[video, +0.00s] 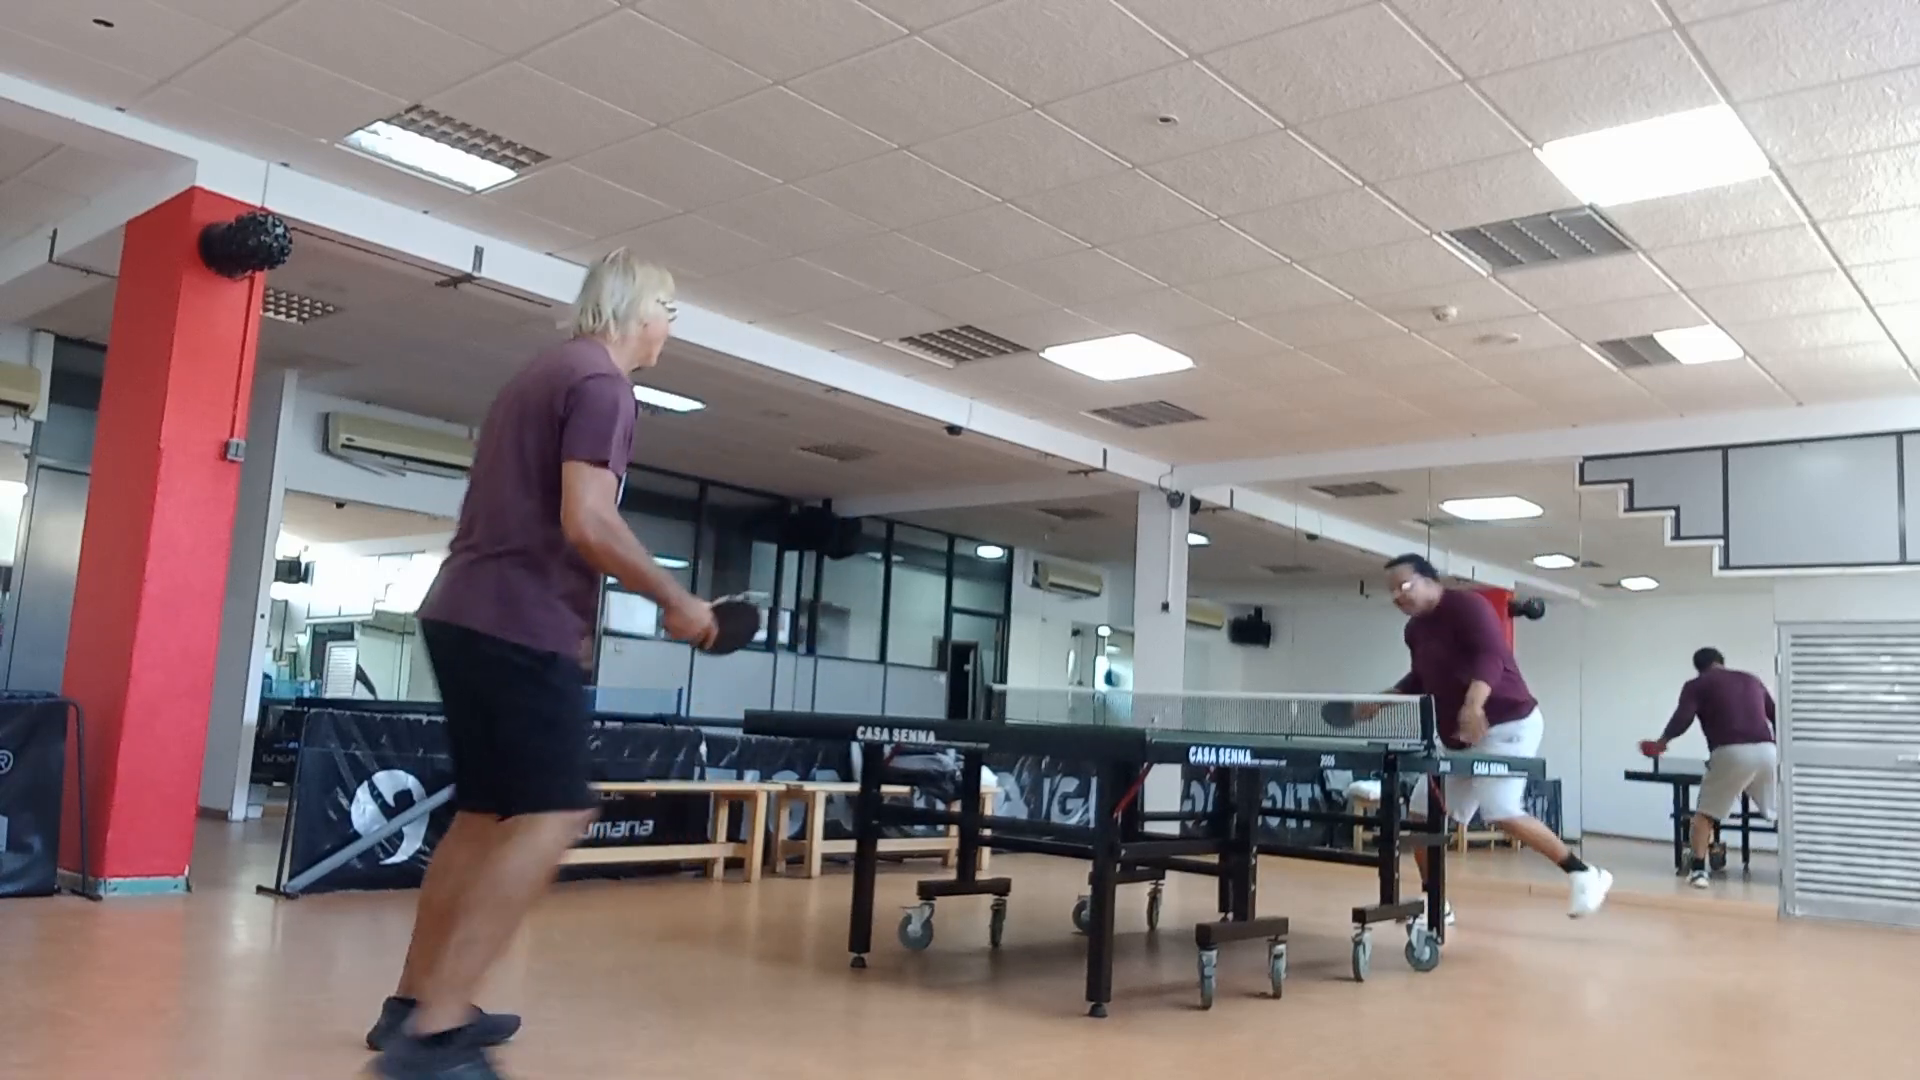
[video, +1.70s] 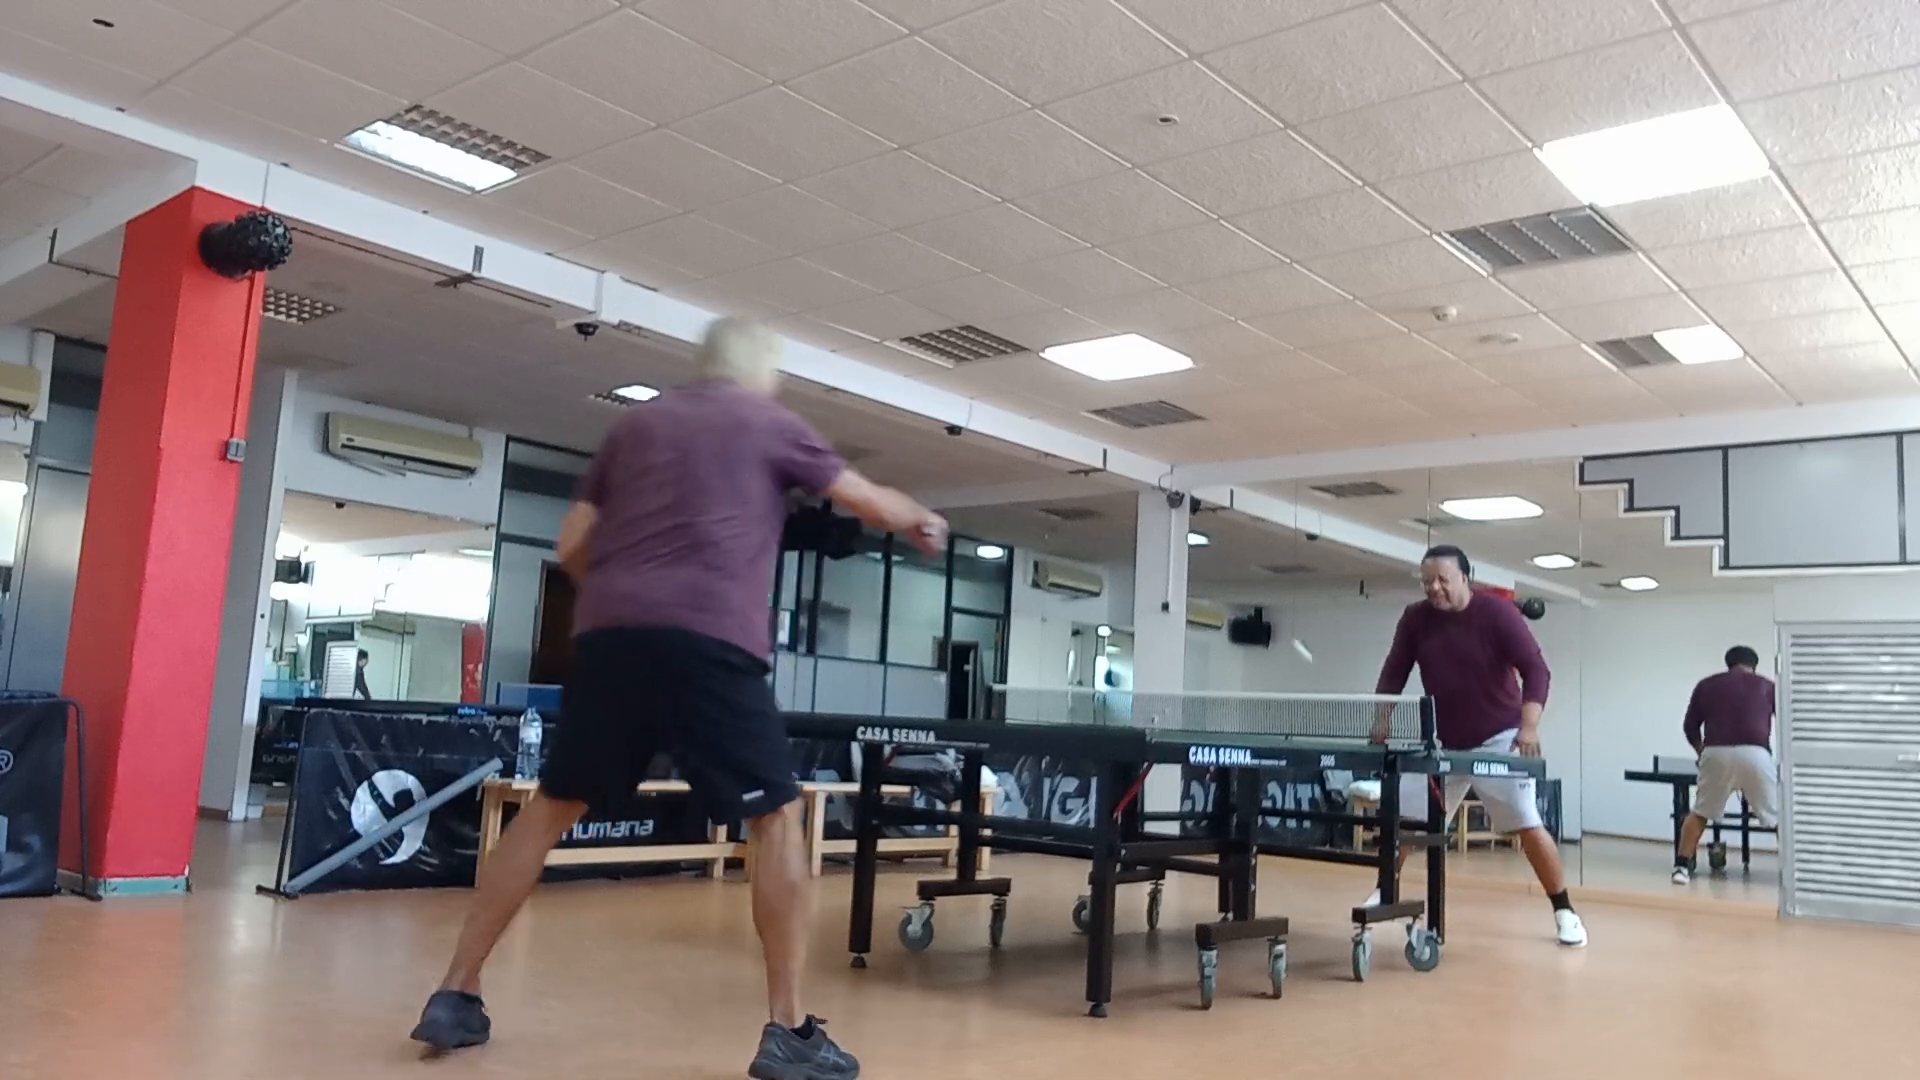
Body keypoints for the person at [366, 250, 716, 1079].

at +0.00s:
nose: (668, 339)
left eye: (671, 324)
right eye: (666, 321)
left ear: (598, 308)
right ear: (634, 314)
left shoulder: (543, 370)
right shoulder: (602, 381)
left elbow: (512, 519)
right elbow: (591, 523)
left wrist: (571, 621)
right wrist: (675, 601)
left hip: (466, 614)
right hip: (518, 625)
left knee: (486, 808)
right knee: (558, 809)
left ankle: (419, 1000)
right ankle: (438, 1023)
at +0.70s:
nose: (661, 370)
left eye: (664, 356)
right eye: (662, 353)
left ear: (589, 330)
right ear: (637, 342)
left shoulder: (519, 385)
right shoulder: (600, 390)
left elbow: (467, 516)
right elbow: (588, 501)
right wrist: (663, 584)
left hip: (432, 622)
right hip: (520, 632)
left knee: (400, 810)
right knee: (618, 792)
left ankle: (289, 1009)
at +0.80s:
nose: (697, 403)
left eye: (705, 390)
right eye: (701, 386)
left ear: (636, 354)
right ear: (677, 366)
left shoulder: (555, 403)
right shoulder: (644, 407)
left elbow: (513, 542)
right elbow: (637, 515)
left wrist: (598, 637)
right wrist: (697, 592)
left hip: (469, 640)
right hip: (558, 650)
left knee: (414, 820)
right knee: (658, 810)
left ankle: (293, 1009)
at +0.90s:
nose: (751, 431)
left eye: (754, 419)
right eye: (754, 418)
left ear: (686, 382)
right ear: (733, 400)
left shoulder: (602, 420)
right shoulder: (705, 437)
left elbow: (581, 533)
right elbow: (724, 553)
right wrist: (748, 611)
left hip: (517, 657)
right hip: (613, 671)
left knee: (442, 825)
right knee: (714, 833)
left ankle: (305, 1006)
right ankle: (764, 1036)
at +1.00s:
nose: (801, 454)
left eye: (807, 443)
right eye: (804, 439)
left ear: (735, 404)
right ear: (786, 422)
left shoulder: (651, 435)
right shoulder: (768, 452)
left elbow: (612, 554)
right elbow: (822, 571)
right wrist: (798, 610)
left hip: (556, 659)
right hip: (661, 668)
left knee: (479, 831)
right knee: (759, 818)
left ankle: (345, 1013)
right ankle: (770, 1035)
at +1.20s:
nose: (864, 468)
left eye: (862, 454)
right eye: (864, 457)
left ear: (798, 417)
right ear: (852, 444)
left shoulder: (720, 443)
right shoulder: (844, 467)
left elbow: (663, 541)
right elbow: (946, 570)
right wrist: (900, 592)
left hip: (616, 629)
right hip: (715, 647)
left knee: (546, 822)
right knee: (793, 817)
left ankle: (417, 1007)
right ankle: (775, 1036)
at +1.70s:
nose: (778, 388)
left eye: (776, 376)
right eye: (777, 377)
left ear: (702, 364)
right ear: (765, 374)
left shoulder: (632, 423)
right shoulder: (766, 419)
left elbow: (573, 547)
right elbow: (865, 499)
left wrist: (629, 599)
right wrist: (916, 519)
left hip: (608, 642)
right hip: (712, 646)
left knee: (548, 811)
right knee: (777, 819)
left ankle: (454, 995)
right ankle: (787, 1028)